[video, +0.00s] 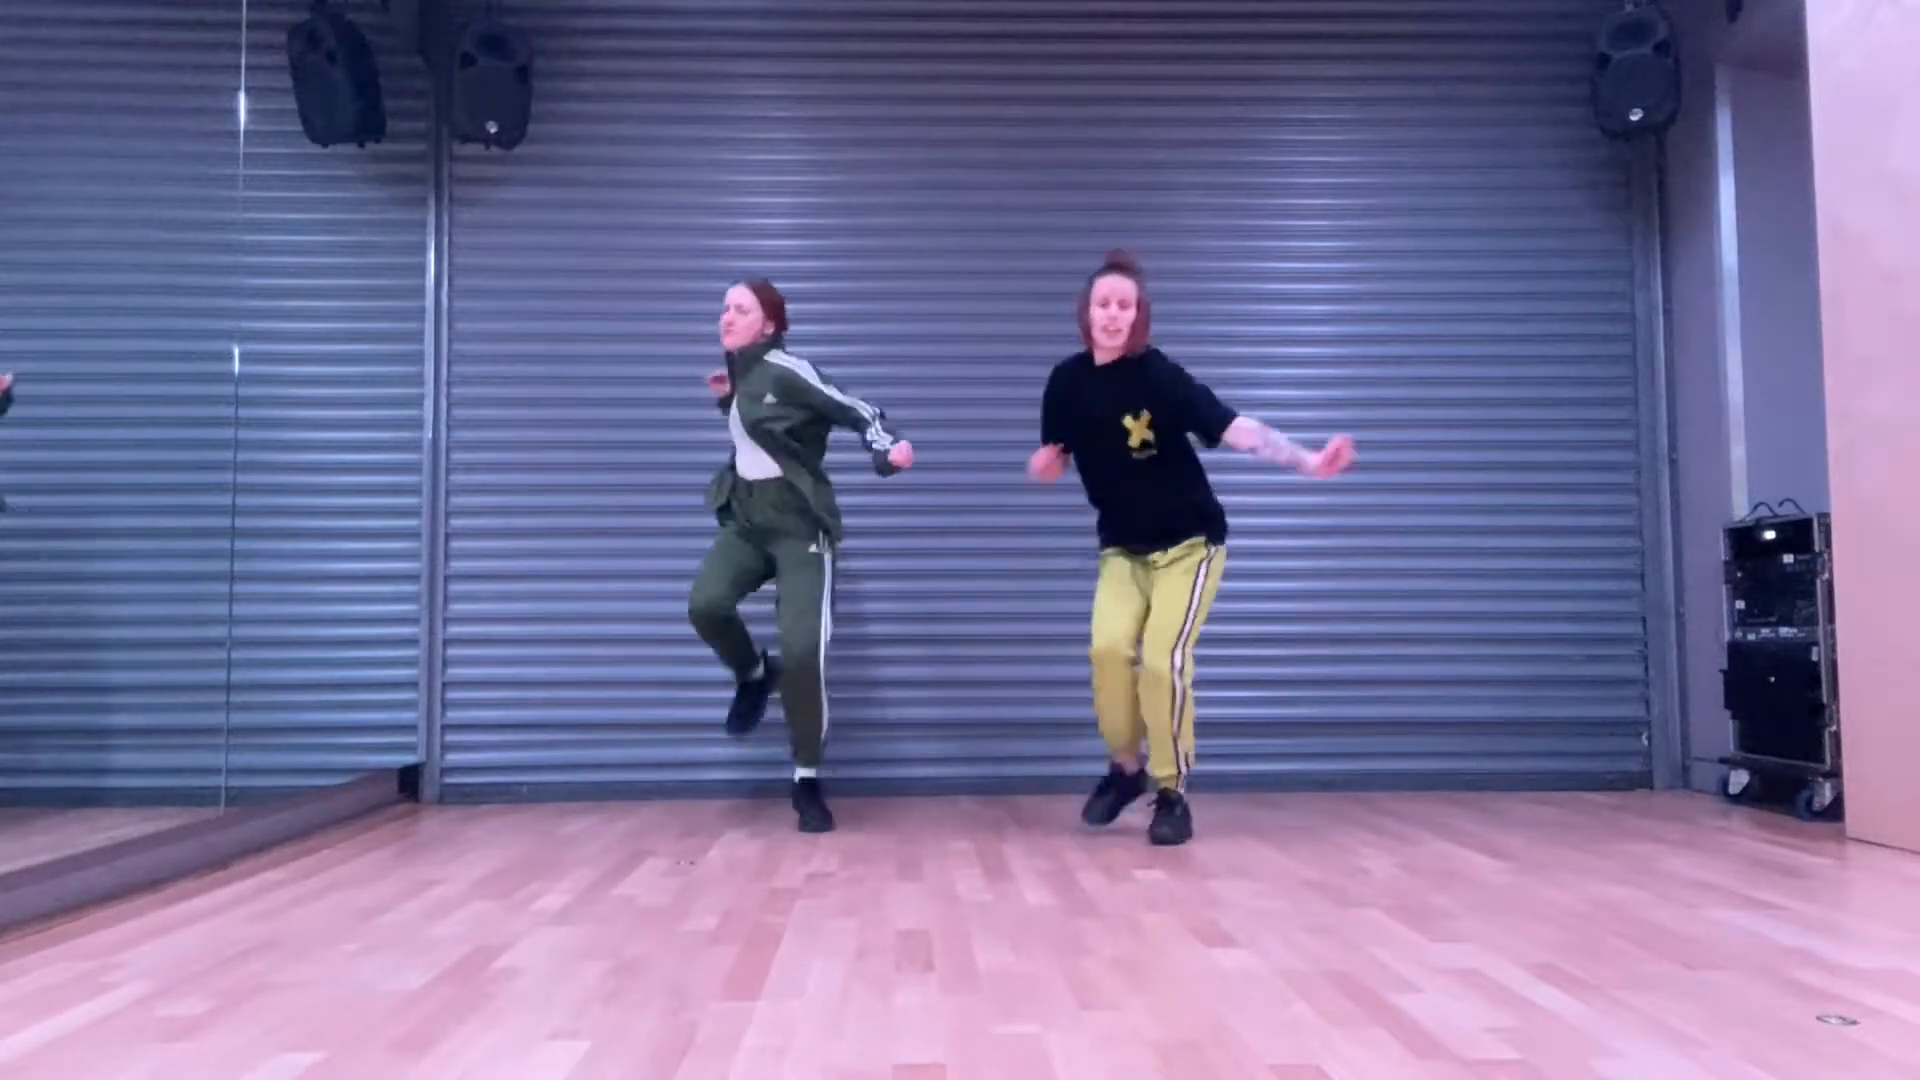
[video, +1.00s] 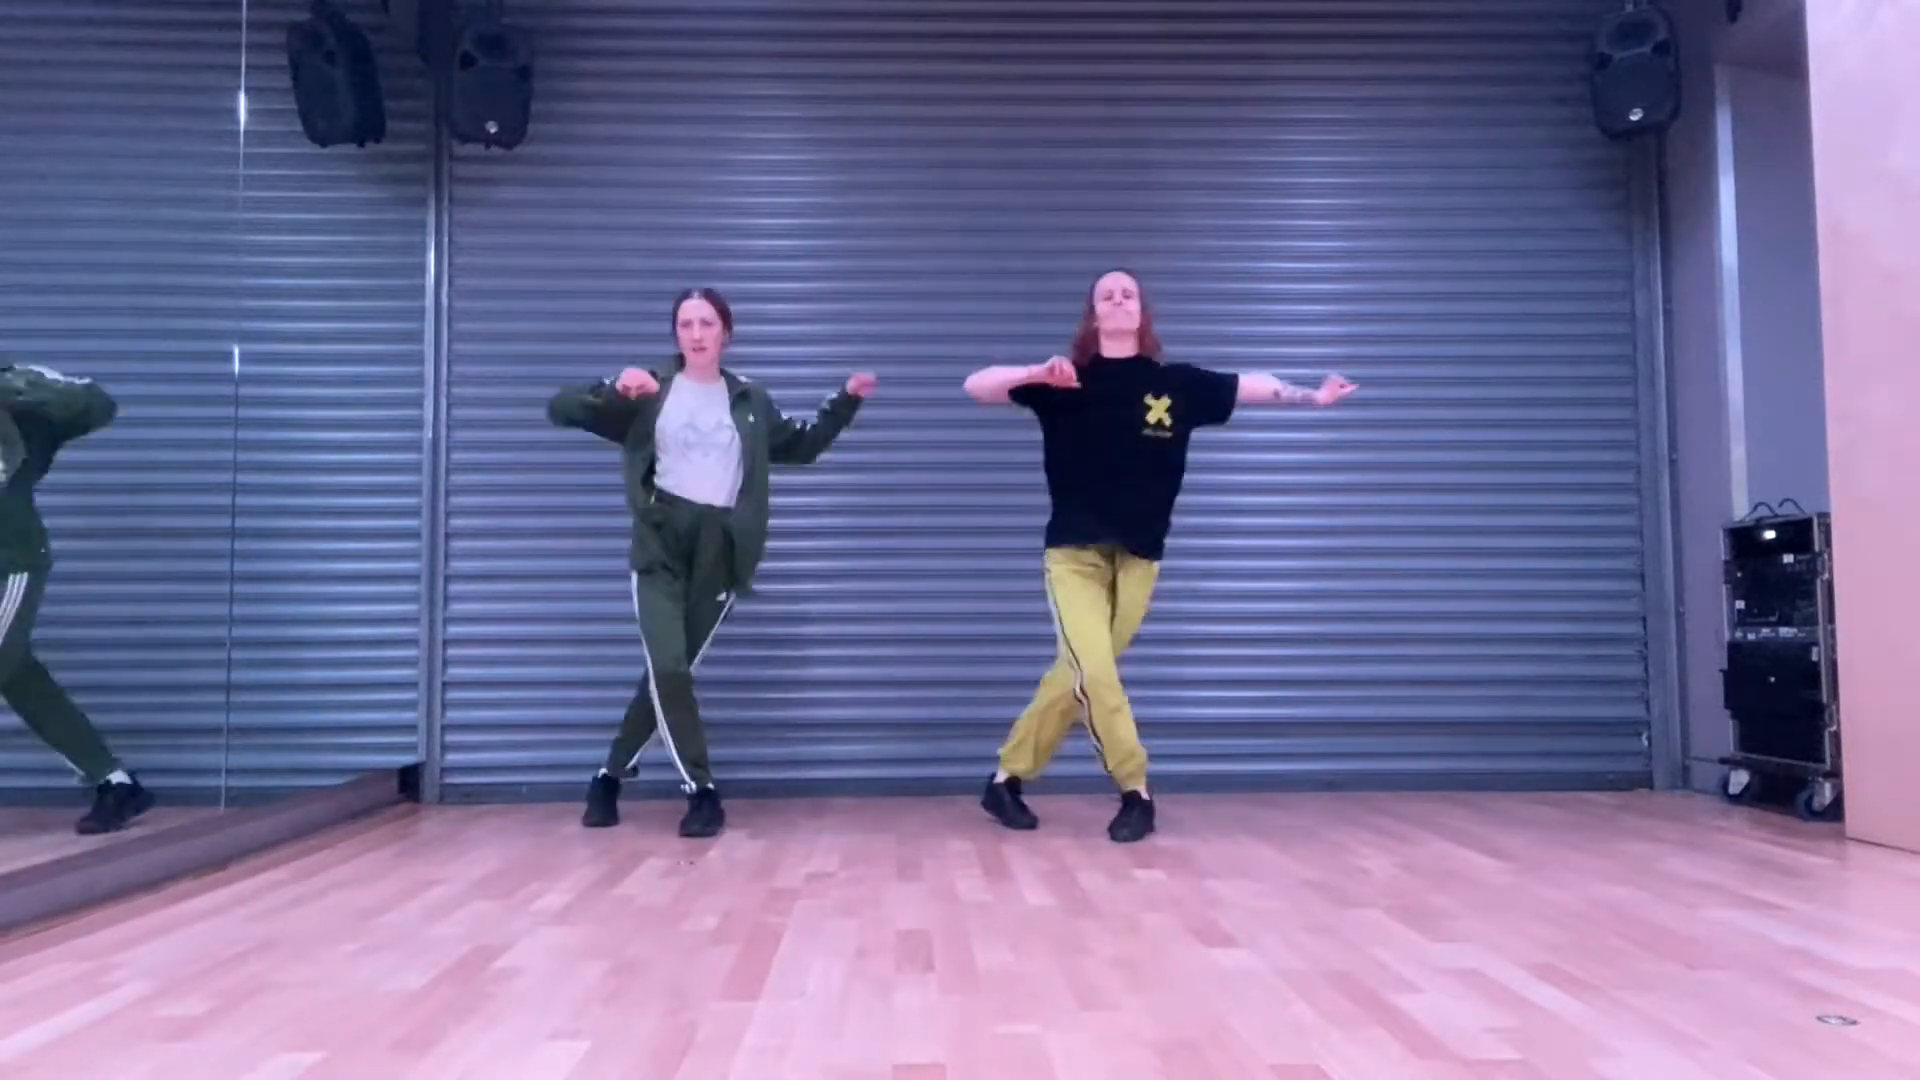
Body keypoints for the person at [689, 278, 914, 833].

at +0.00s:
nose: (725, 319)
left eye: (738, 311)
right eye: (725, 310)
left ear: (769, 325)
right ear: (729, 322)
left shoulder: (786, 372)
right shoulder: (740, 374)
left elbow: (857, 412)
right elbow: (756, 423)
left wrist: (884, 446)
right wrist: (729, 397)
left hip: (799, 525)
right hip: (746, 520)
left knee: (802, 655)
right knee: (706, 607)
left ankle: (806, 778)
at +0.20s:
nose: (805, 309)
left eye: (815, 302)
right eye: (796, 301)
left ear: (831, 317)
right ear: (781, 314)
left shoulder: (846, 384)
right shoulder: (742, 367)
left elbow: (861, 467)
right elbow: (668, 414)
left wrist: (865, 438)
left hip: (808, 521)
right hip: (740, 513)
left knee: (803, 661)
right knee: (666, 615)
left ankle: (815, 786)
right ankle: (704, 655)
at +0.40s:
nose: (774, 320)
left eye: (784, 311)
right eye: (767, 313)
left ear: (807, 322)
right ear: (759, 323)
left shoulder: (831, 381)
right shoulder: (745, 372)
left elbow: (824, 442)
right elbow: (739, 392)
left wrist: (758, 433)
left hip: (795, 528)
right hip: (735, 521)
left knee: (797, 668)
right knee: (666, 644)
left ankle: (808, 790)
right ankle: (617, 776)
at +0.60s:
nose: (735, 340)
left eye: (745, 331)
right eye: (726, 332)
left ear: (767, 339)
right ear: (715, 338)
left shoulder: (787, 375)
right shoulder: (702, 374)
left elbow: (789, 390)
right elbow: (753, 383)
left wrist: (747, 414)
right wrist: (810, 364)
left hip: (761, 544)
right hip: (696, 541)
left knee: (797, 643)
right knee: (699, 665)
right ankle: (703, 793)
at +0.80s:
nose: (714, 330)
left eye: (726, 321)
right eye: (706, 321)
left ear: (746, 332)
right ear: (694, 331)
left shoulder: (772, 394)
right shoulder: (664, 386)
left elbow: (823, 455)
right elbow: (596, 431)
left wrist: (891, 463)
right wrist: (623, 406)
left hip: (742, 549)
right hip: (678, 545)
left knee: (725, 679)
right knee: (693, 669)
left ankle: (628, 705)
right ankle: (704, 795)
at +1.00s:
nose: (697, 332)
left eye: (706, 323)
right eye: (687, 324)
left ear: (725, 332)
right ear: (676, 333)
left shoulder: (750, 400)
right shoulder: (647, 396)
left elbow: (799, 446)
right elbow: (560, 409)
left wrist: (847, 400)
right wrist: (612, 390)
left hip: (721, 545)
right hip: (658, 537)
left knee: (670, 670)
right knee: (667, 668)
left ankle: (609, 777)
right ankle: (701, 793)